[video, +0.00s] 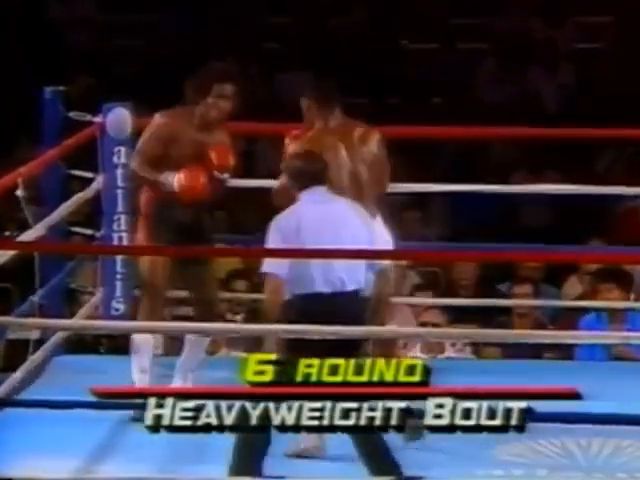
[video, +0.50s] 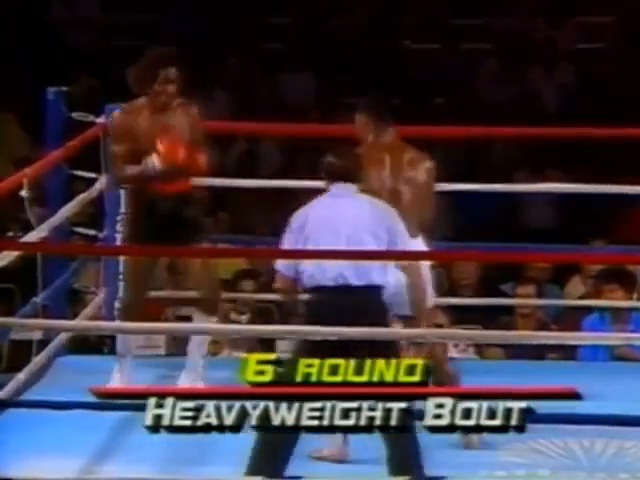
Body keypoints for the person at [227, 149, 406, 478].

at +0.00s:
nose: (277, 183)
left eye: (282, 176)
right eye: (280, 175)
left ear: (294, 181)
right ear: (323, 178)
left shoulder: (285, 221)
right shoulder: (358, 212)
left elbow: (275, 284)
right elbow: (386, 263)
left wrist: (269, 336)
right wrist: (377, 317)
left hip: (303, 304)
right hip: (352, 303)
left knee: (268, 389)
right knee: (349, 396)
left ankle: (245, 470)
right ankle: (389, 472)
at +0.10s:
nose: (271, 189)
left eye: (272, 184)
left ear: (275, 187)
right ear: (308, 180)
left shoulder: (269, 222)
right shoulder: (342, 210)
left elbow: (257, 286)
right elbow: (374, 261)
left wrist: (242, 335)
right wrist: (372, 314)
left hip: (296, 306)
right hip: (343, 301)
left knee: (265, 391)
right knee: (347, 394)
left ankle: (249, 470)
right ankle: (381, 470)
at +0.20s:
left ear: (271, 182)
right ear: (304, 174)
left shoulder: (264, 218)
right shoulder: (339, 204)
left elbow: (252, 285)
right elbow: (372, 257)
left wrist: (238, 332)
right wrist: (372, 310)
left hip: (297, 301)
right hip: (344, 296)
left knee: (271, 386)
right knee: (357, 384)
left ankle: (252, 470)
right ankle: (376, 469)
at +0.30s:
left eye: (277, 174)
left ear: (279, 176)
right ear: (314, 170)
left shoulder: (268, 213)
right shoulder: (345, 201)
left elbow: (253, 278)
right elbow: (380, 252)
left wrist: (248, 320)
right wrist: (385, 305)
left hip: (296, 297)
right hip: (344, 292)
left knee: (279, 383)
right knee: (369, 377)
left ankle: (256, 470)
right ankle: (388, 467)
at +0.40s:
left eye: (292, 173)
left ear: (293, 177)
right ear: (329, 173)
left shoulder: (277, 213)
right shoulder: (357, 205)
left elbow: (261, 279)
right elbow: (389, 256)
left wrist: (250, 330)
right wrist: (399, 309)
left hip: (302, 299)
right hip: (350, 295)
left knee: (285, 386)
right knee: (376, 379)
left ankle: (258, 470)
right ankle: (399, 468)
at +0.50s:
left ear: (323, 179)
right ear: (358, 178)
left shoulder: (303, 215)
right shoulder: (382, 211)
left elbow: (284, 278)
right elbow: (410, 264)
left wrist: (292, 313)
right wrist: (422, 312)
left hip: (320, 302)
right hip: (369, 301)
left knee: (296, 389)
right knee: (389, 388)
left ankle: (263, 470)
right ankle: (408, 469)